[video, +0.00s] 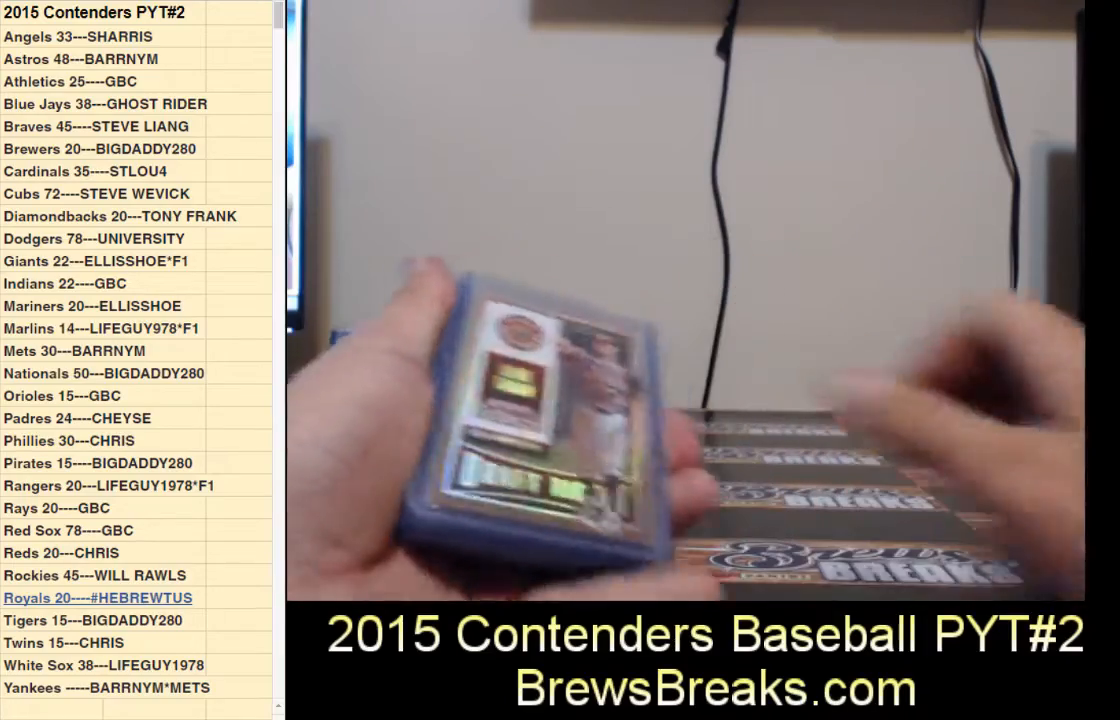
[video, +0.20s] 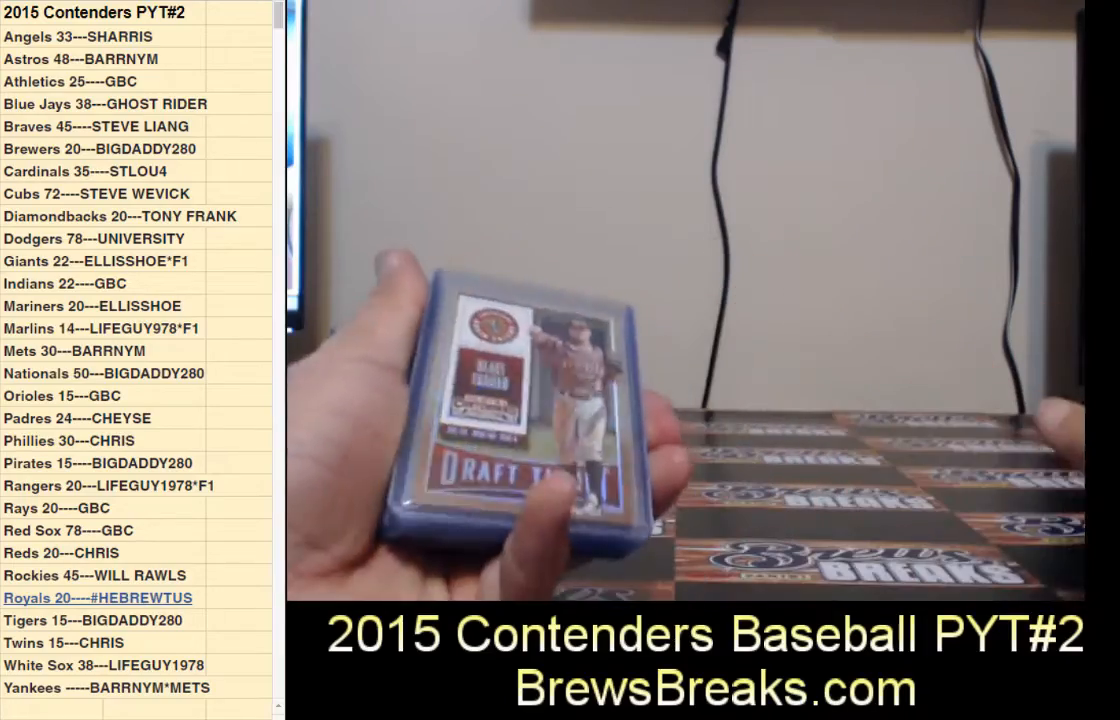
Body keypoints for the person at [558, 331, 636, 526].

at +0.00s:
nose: (604, 348)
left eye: (608, 344)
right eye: (600, 344)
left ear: (616, 348)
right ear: (593, 346)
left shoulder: (620, 371)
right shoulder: (590, 365)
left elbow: (626, 391)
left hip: (616, 417)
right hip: (590, 414)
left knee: (613, 463)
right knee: (589, 458)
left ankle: (613, 509)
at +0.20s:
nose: (577, 332)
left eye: (582, 329)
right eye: (574, 328)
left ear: (589, 332)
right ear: (569, 331)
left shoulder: (597, 354)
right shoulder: (562, 349)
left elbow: (616, 369)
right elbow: (547, 341)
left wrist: (607, 379)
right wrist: (537, 334)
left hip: (593, 401)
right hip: (567, 401)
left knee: (592, 451)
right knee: (567, 452)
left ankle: (594, 499)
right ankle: (569, 498)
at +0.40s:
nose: (574, 319)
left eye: (578, 315)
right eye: (570, 315)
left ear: (586, 319)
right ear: (565, 318)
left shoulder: (596, 342)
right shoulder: (559, 337)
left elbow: (609, 361)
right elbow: (543, 330)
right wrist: (534, 323)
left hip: (593, 392)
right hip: (567, 392)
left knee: (594, 440)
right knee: (568, 438)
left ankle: (599, 484)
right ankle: (572, 482)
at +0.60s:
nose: (592, 306)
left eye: (596, 303)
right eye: (588, 302)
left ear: (604, 306)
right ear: (583, 305)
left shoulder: (614, 331)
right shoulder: (577, 325)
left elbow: (628, 357)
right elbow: (563, 317)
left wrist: (630, 348)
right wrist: (552, 310)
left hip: (611, 383)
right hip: (585, 382)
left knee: (612, 432)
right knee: (587, 431)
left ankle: (618, 477)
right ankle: (592, 473)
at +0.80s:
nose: (581, 308)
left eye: (586, 304)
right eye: (578, 304)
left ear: (595, 308)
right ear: (572, 307)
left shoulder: (604, 333)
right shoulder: (566, 326)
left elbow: (615, 357)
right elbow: (549, 318)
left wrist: (620, 348)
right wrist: (542, 313)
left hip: (598, 383)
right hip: (571, 383)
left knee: (597, 431)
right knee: (571, 430)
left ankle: (601, 476)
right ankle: (576, 473)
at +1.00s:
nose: (591, 289)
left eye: (596, 284)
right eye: (587, 284)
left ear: (604, 287)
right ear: (581, 286)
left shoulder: (613, 311)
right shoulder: (571, 308)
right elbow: (549, 300)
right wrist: (552, 301)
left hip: (607, 366)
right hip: (579, 366)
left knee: (606, 421)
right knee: (577, 418)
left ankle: (609, 473)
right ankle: (582, 466)